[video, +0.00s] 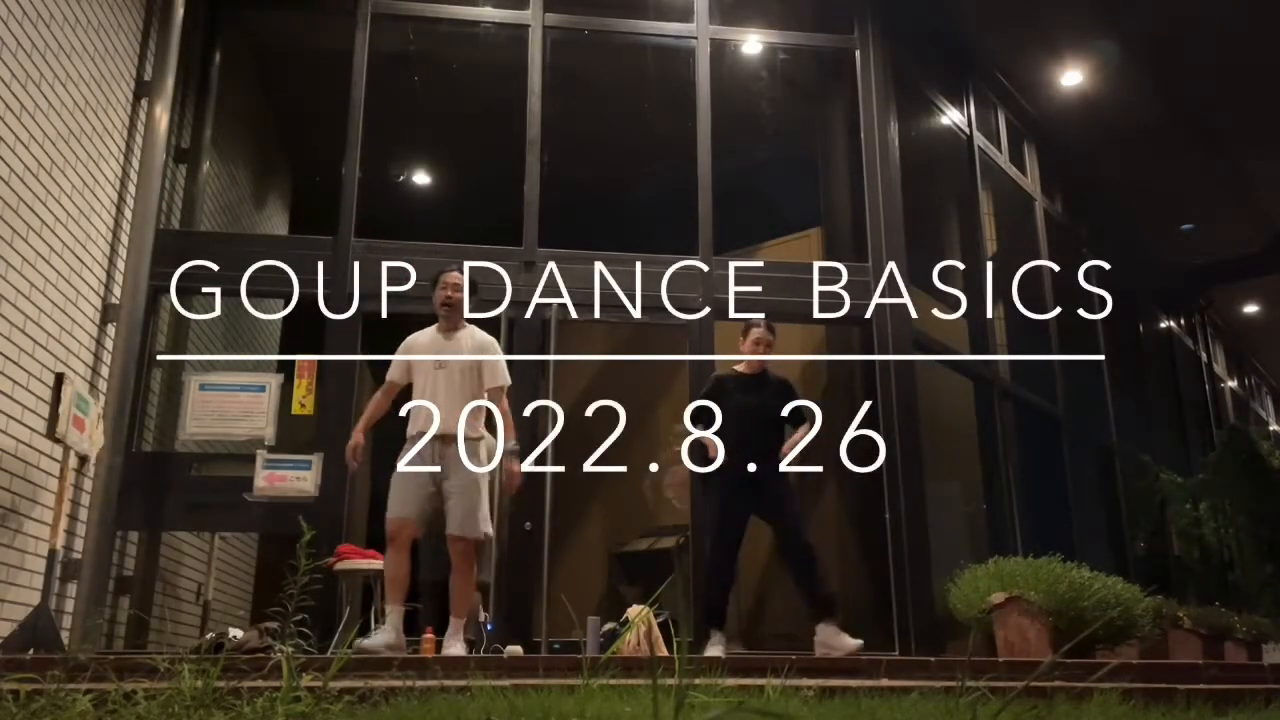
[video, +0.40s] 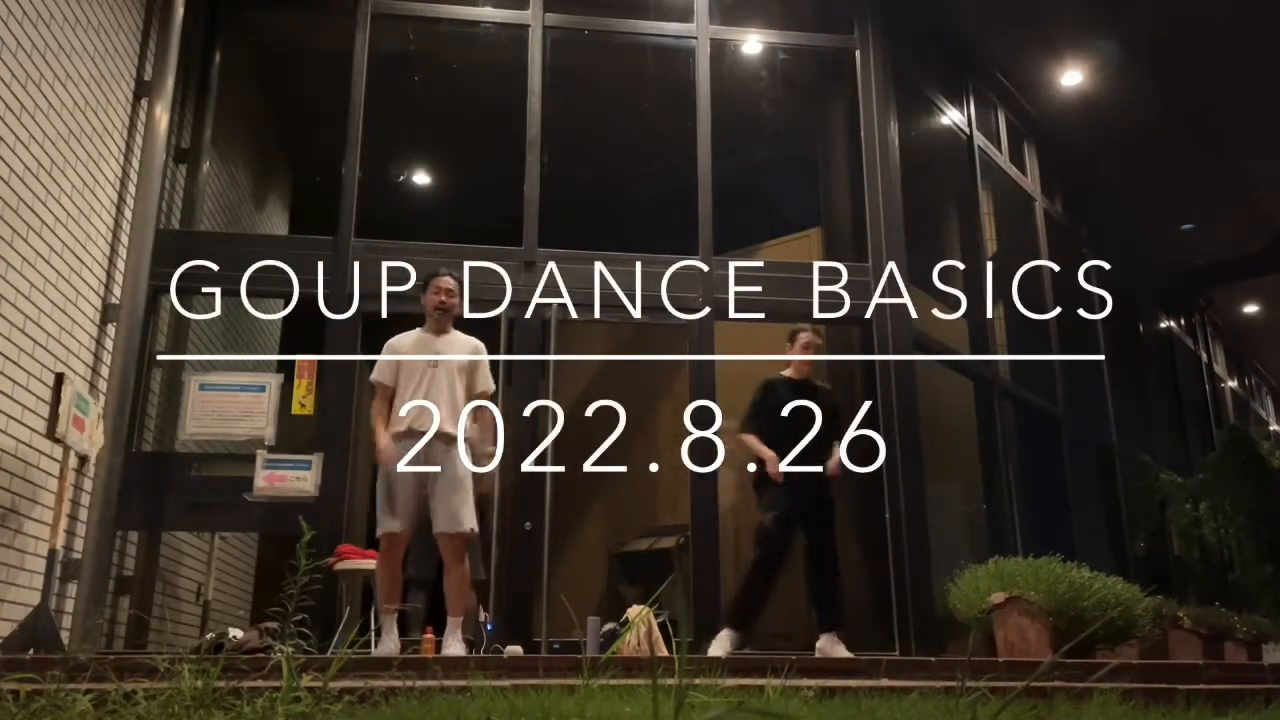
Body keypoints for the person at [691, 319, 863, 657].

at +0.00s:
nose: (761, 349)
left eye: (766, 345)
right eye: (756, 343)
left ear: (772, 350)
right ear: (742, 345)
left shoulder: (780, 387)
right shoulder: (721, 385)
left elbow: (805, 423)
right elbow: (697, 425)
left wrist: (790, 444)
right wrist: (709, 446)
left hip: (770, 481)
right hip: (728, 482)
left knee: (797, 546)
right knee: (720, 556)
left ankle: (826, 629)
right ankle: (715, 636)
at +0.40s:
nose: (810, 353)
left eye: (815, 348)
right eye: (804, 347)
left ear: (819, 354)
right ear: (789, 350)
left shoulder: (825, 395)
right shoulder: (772, 388)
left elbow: (841, 435)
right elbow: (746, 432)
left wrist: (837, 456)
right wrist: (769, 456)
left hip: (817, 485)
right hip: (779, 485)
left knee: (823, 556)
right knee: (770, 555)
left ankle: (828, 636)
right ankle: (732, 631)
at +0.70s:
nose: (828, 345)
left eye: (834, 341)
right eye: (822, 340)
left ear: (842, 347)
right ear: (810, 346)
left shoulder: (854, 389)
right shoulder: (792, 385)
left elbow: (869, 433)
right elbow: (769, 429)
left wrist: (860, 459)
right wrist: (786, 451)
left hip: (839, 480)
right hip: (801, 481)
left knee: (837, 551)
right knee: (817, 545)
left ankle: (833, 633)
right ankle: (818, 630)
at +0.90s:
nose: (832, 343)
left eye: (838, 337)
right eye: (825, 337)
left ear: (847, 344)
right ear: (814, 345)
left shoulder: (858, 387)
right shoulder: (801, 386)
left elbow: (872, 434)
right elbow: (781, 434)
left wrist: (876, 415)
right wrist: (797, 457)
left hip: (855, 482)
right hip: (816, 483)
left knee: (851, 554)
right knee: (830, 554)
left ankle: (842, 633)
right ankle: (841, 633)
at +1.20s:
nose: (838, 335)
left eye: (843, 328)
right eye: (830, 331)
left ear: (856, 333)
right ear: (821, 339)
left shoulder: (871, 369)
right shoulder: (813, 378)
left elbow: (877, 381)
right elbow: (794, 424)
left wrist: (857, 346)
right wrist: (805, 450)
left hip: (872, 475)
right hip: (831, 478)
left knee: (870, 554)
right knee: (840, 555)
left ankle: (846, 627)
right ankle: (849, 635)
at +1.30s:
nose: (842, 333)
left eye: (847, 326)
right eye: (834, 329)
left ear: (858, 332)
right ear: (824, 338)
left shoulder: (869, 369)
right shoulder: (815, 378)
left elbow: (878, 382)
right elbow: (797, 423)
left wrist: (859, 344)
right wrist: (805, 452)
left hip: (874, 476)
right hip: (833, 478)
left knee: (876, 551)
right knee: (840, 555)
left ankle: (873, 630)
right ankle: (852, 639)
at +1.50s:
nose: (855, 331)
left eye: (859, 324)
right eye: (847, 326)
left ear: (869, 331)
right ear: (836, 335)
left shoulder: (879, 368)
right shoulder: (827, 372)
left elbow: (890, 387)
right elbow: (808, 419)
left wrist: (873, 346)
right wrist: (808, 463)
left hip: (882, 471)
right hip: (840, 475)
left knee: (900, 549)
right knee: (846, 555)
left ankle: (908, 634)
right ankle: (855, 638)